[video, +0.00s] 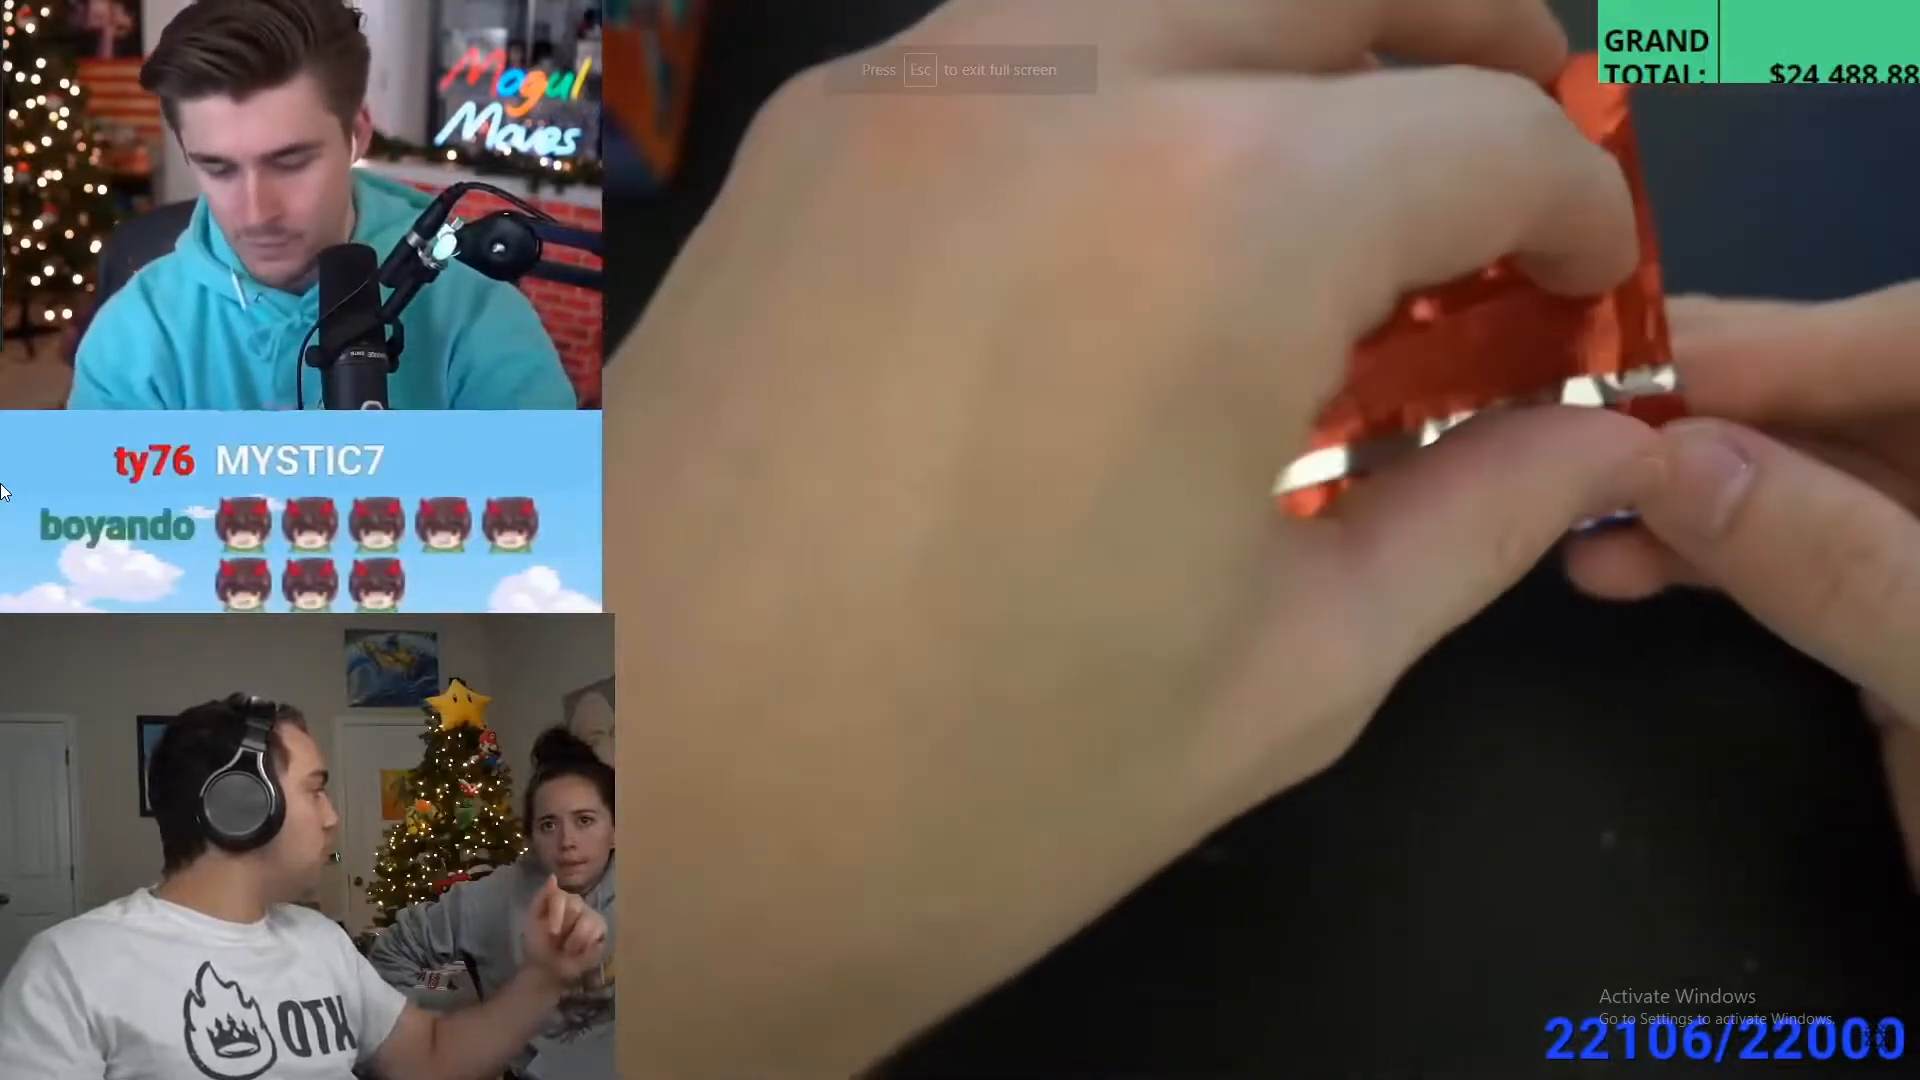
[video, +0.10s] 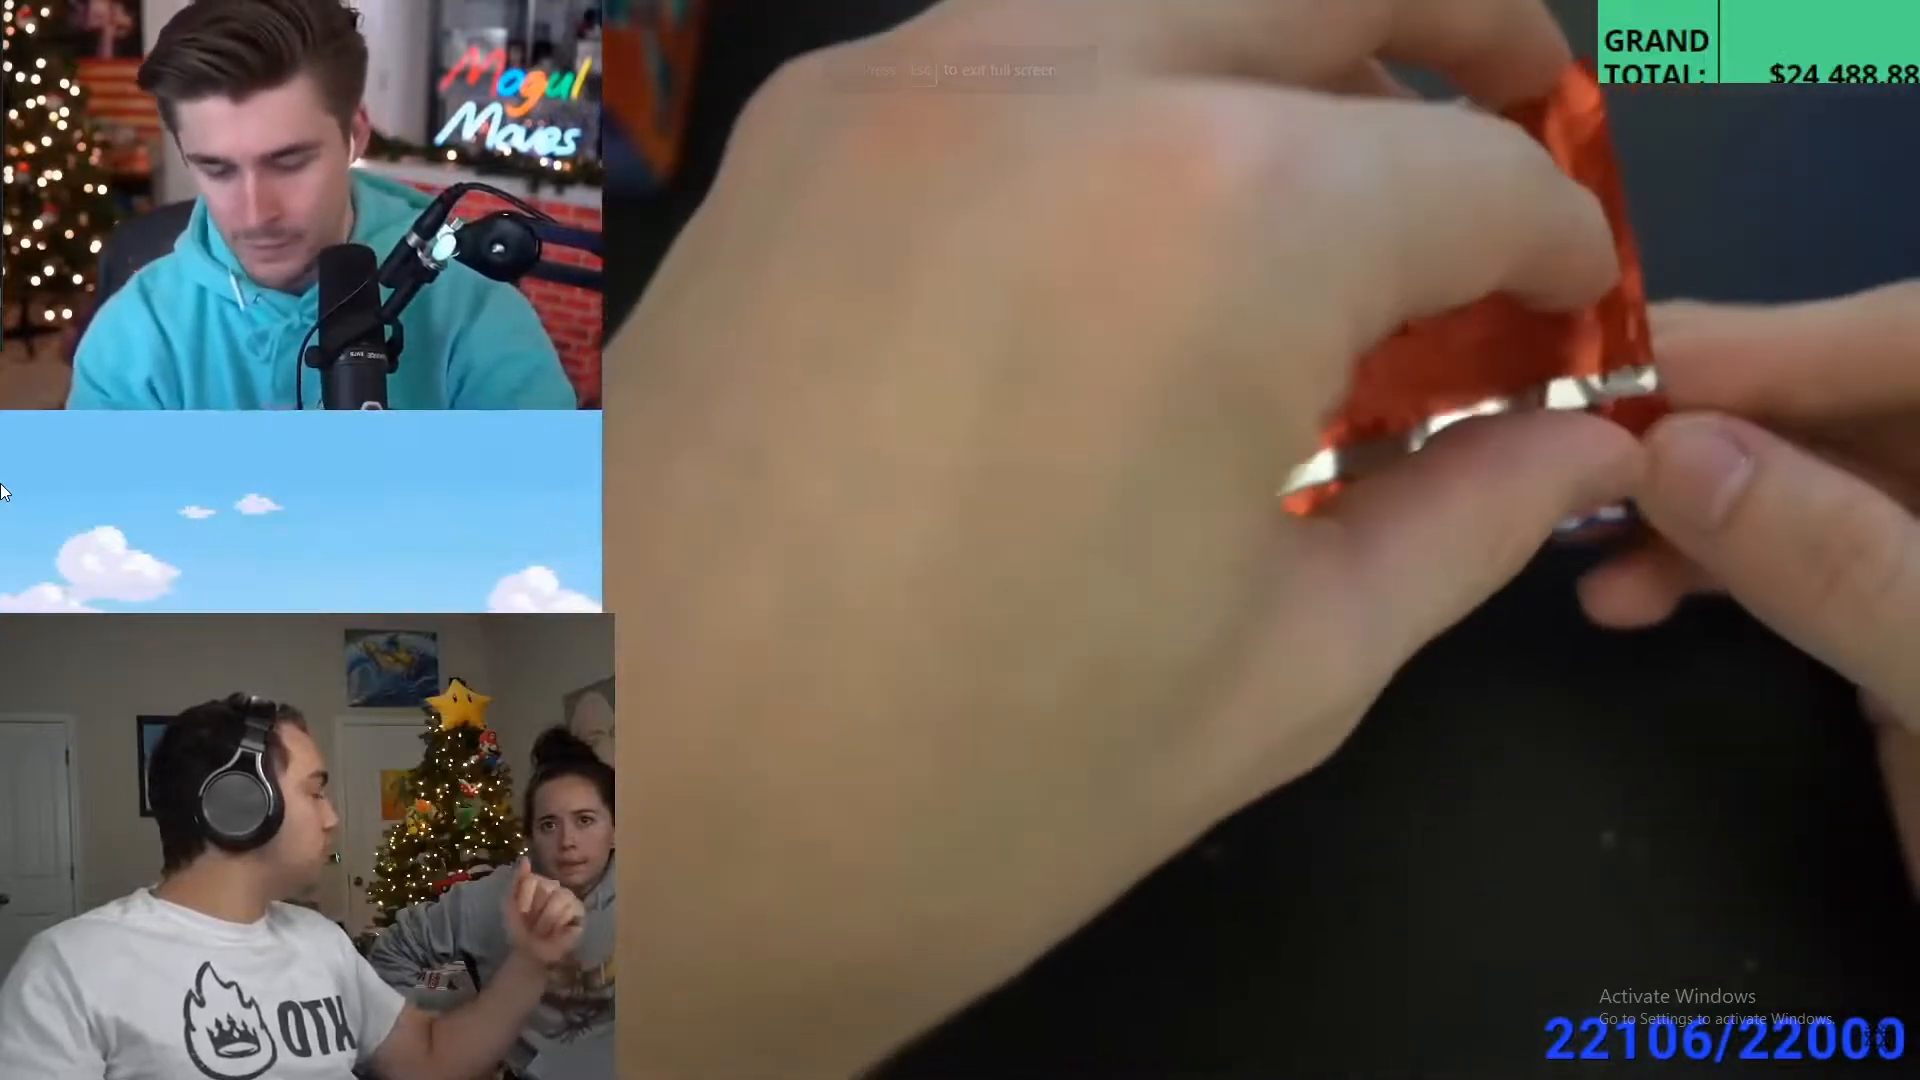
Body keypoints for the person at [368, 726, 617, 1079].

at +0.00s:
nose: (567, 842)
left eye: (585, 821)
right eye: (548, 825)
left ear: (615, 829)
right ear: (531, 836)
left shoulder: (642, 893)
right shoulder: (491, 899)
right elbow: (390, 953)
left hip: (623, 1067)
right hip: (535, 1069)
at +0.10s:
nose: (567, 842)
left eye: (585, 821)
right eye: (548, 825)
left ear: (615, 829)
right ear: (531, 835)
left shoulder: (641, 896)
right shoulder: (486, 901)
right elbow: (388, 956)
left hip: (622, 1068)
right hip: (535, 1071)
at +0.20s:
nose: (567, 842)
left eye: (585, 821)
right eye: (549, 825)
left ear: (614, 830)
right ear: (531, 836)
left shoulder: (641, 894)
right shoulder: (486, 901)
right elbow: (387, 958)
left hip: (622, 1069)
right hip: (533, 1072)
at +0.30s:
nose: (567, 842)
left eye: (585, 821)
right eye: (549, 825)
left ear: (615, 829)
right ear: (531, 836)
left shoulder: (641, 895)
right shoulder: (487, 901)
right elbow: (388, 956)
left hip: (625, 1068)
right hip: (538, 1072)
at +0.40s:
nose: (567, 842)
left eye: (585, 821)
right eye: (549, 825)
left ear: (614, 829)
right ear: (530, 837)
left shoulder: (641, 894)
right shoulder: (490, 901)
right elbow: (387, 957)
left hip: (626, 1069)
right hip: (538, 1072)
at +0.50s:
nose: (567, 842)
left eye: (585, 821)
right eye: (549, 825)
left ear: (615, 829)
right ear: (531, 836)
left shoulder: (643, 894)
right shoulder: (489, 900)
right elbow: (389, 956)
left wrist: (621, 954)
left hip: (621, 1067)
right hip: (530, 1070)